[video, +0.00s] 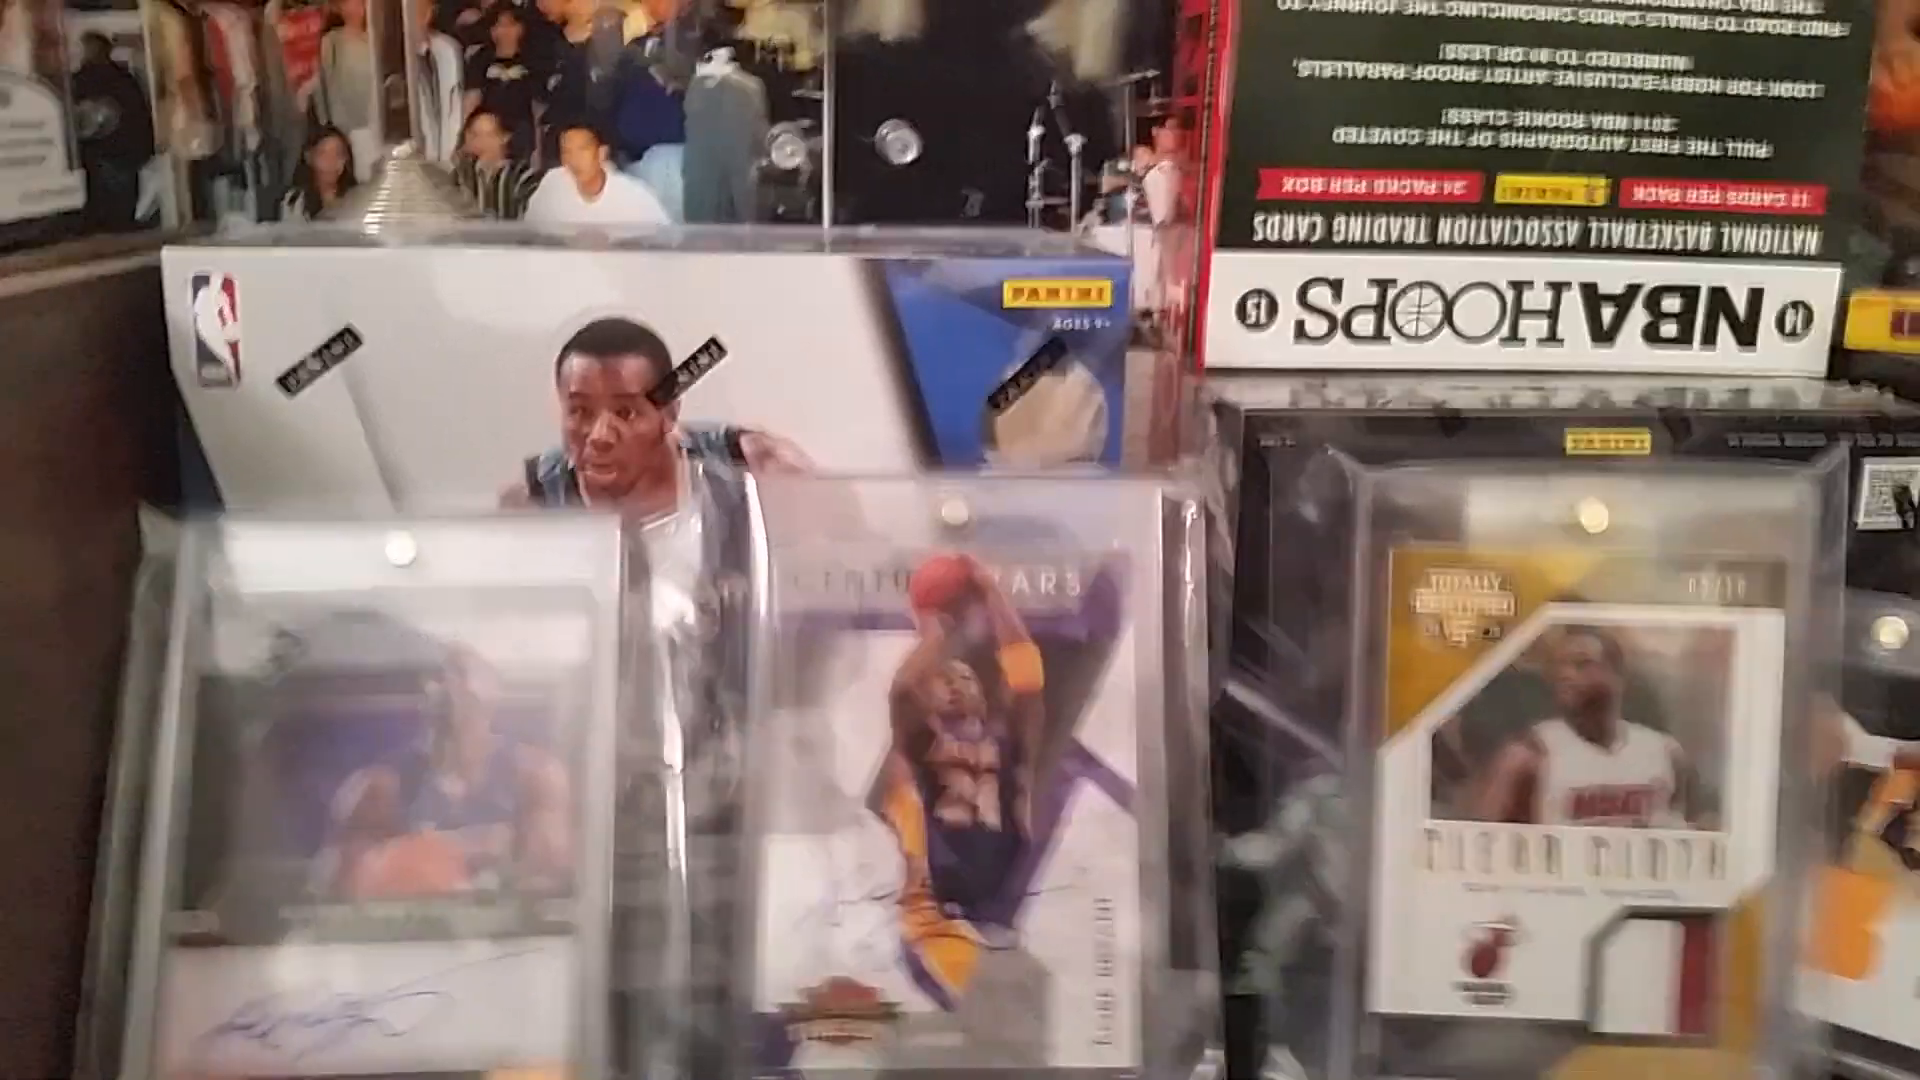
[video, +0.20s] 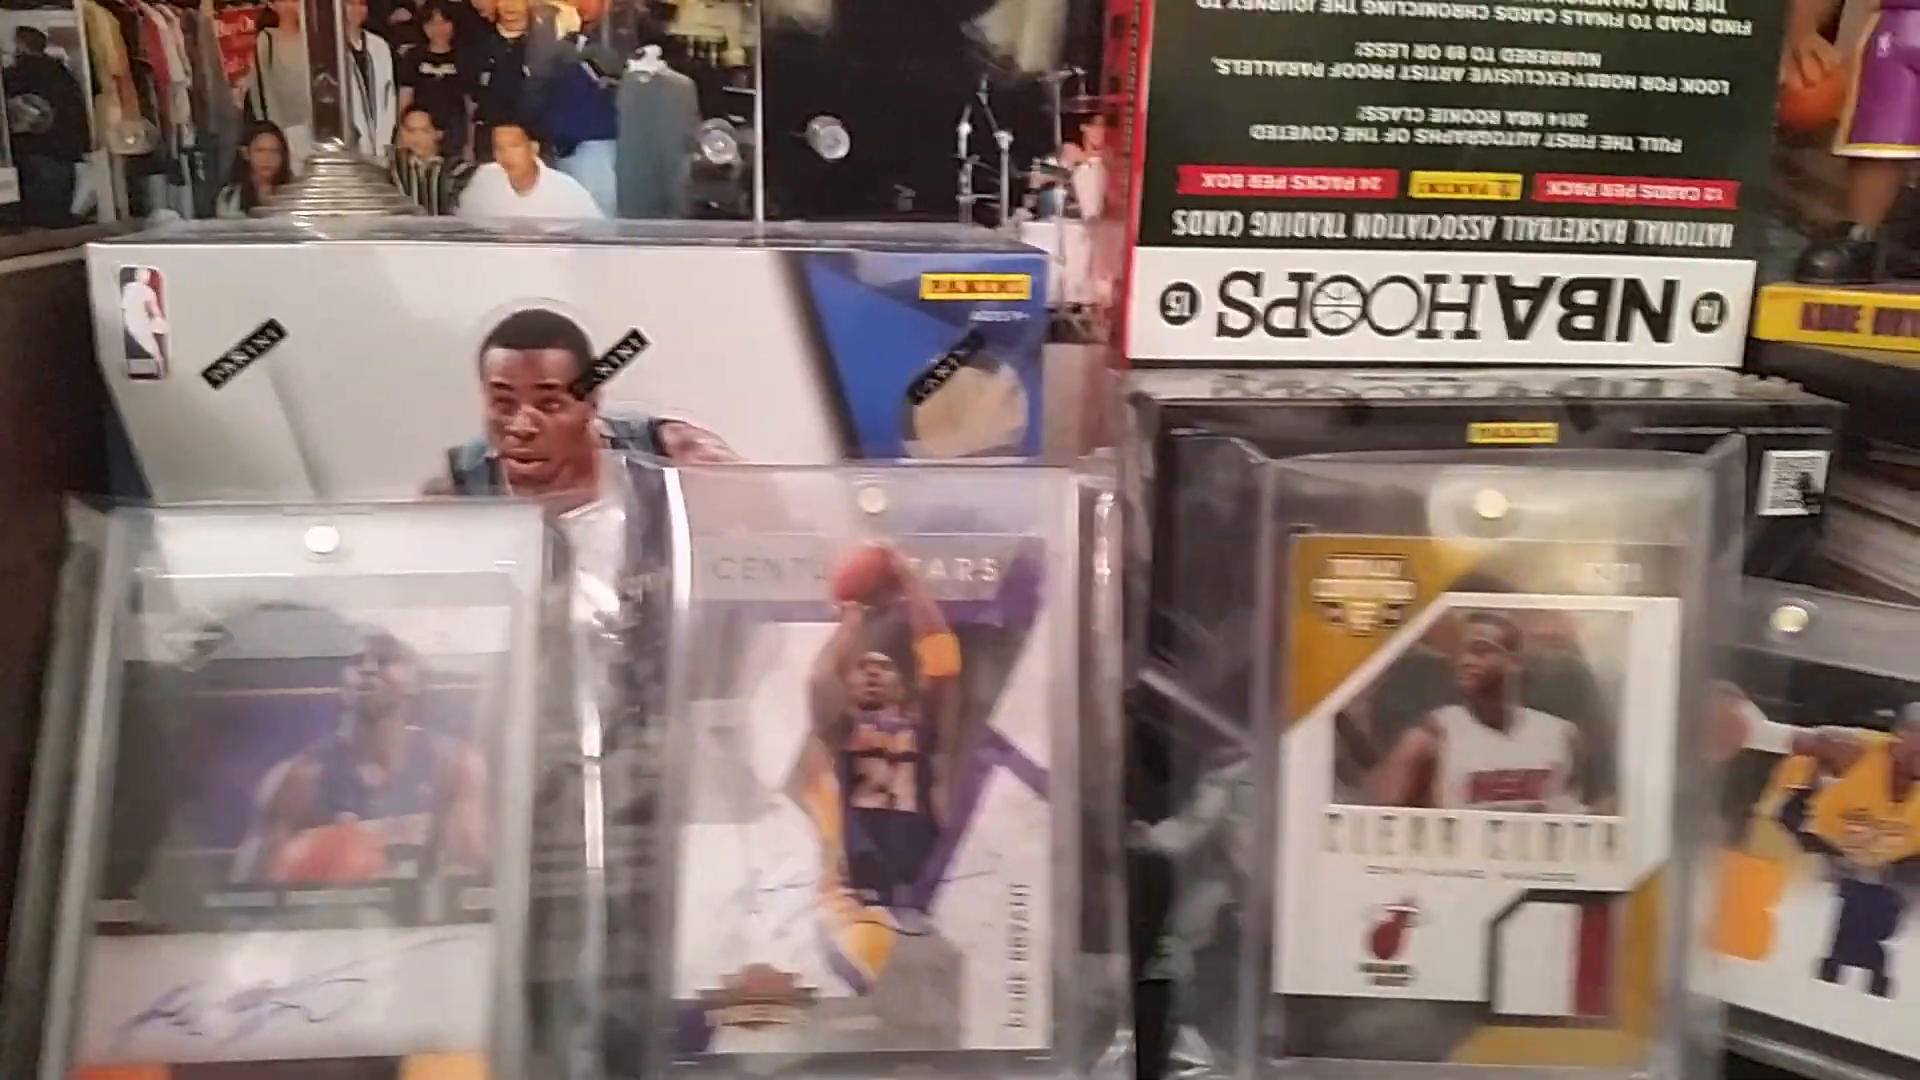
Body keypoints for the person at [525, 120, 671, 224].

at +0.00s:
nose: (573, 159)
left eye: (583, 149)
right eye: (567, 151)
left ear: (602, 153)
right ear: (561, 156)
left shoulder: (633, 193)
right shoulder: (553, 183)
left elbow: (669, 239)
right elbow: (528, 232)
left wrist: (614, 244)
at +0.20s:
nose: (506, 156)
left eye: (514, 147)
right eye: (500, 148)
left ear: (534, 148)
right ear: (494, 152)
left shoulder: (565, 189)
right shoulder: (484, 180)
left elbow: (601, 234)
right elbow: (460, 227)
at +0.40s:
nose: (466, 154)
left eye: (474, 144)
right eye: (459, 147)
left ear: (493, 147)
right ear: (453, 151)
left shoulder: (525, 186)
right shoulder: (445, 177)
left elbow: (562, 232)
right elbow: (421, 226)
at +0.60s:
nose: (447, 156)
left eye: (457, 146)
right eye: (440, 148)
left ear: (476, 149)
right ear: (434, 153)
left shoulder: (508, 189)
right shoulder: (426, 179)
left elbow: (544, 232)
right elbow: (402, 228)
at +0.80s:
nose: (441, 156)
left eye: (449, 146)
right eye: (433, 148)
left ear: (467, 148)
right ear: (428, 153)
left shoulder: (499, 187)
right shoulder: (420, 178)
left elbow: (536, 232)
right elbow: (396, 227)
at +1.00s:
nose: (459, 154)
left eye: (467, 144)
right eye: (451, 146)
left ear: (485, 146)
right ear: (446, 151)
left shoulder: (516, 185)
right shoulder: (438, 176)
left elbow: (553, 231)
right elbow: (414, 225)